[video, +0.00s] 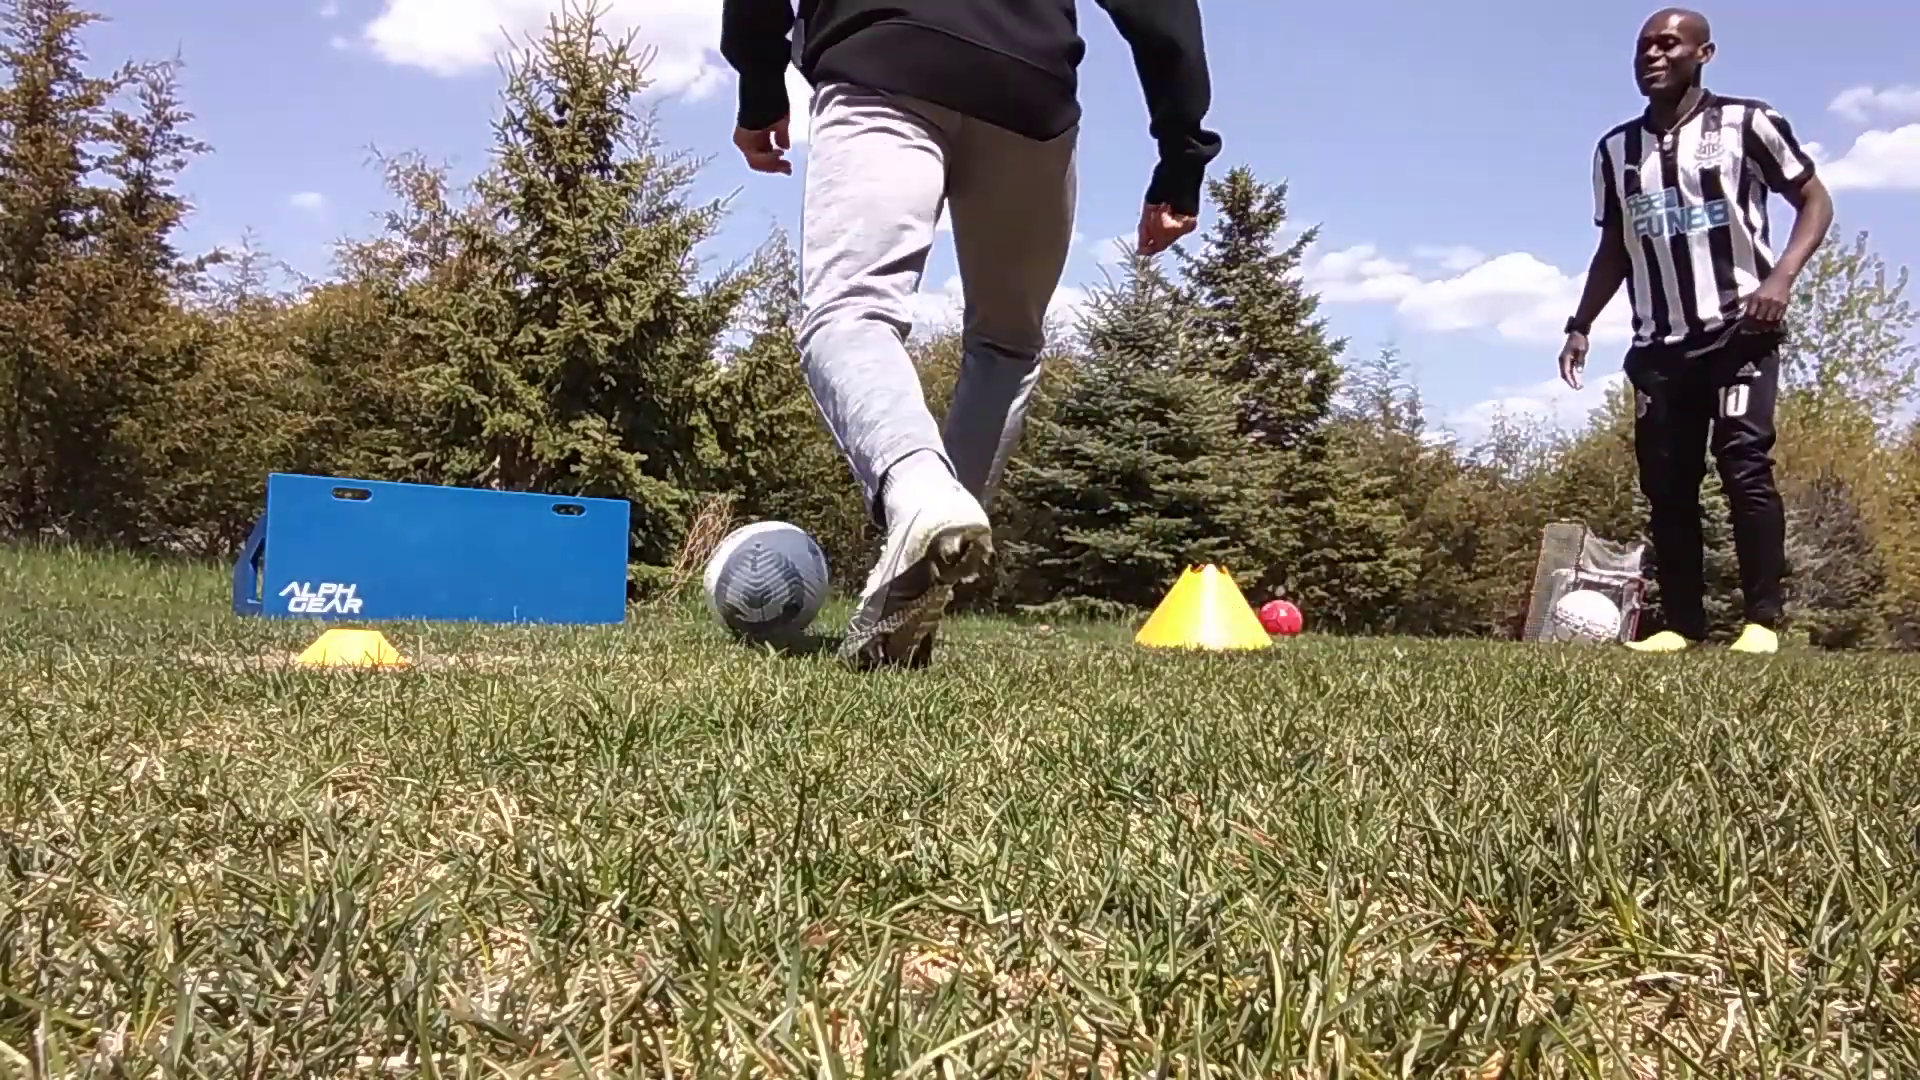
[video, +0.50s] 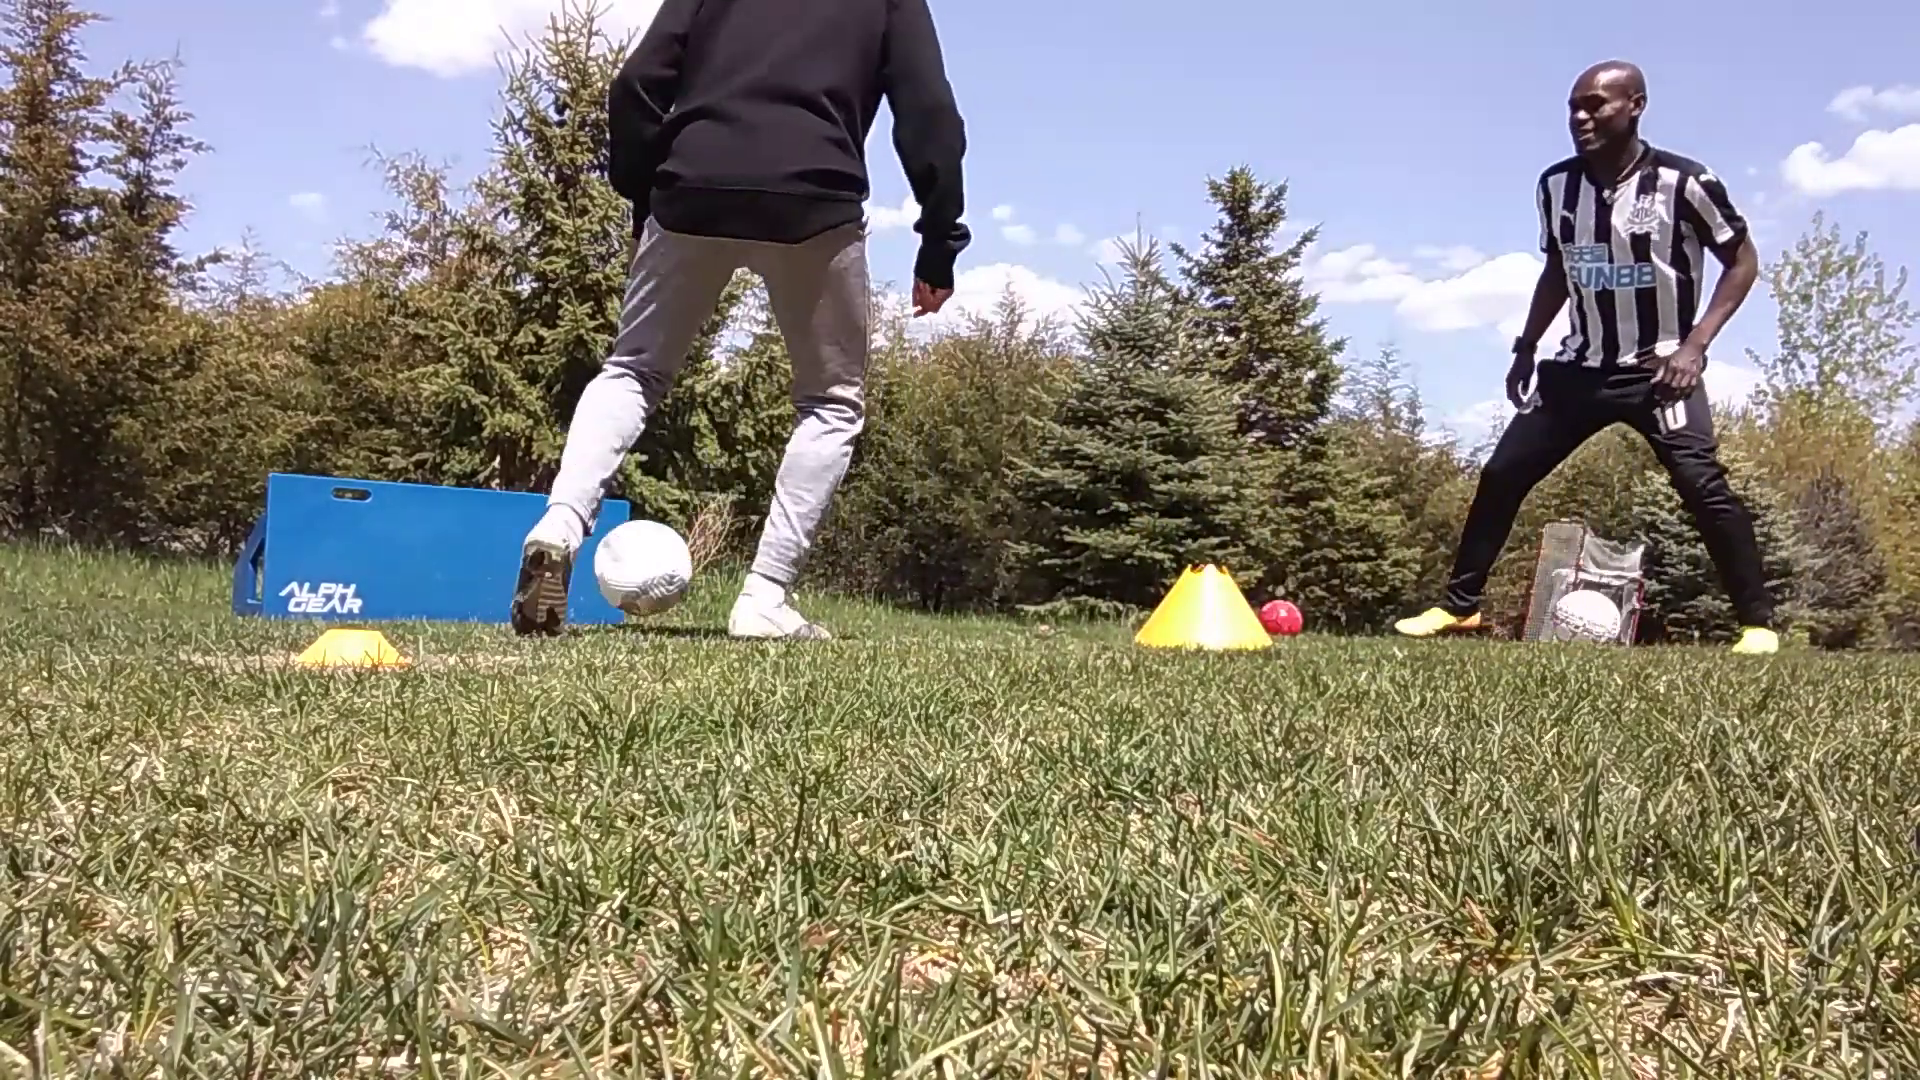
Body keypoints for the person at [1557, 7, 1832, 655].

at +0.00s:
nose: (1653, 54)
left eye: (1669, 44)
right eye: (1646, 46)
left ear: (1704, 53)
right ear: (1636, 61)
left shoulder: (1748, 122)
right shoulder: (1614, 149)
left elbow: (1817, 203)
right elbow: (1614, 247)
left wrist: (1782, 278)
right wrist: (1581, 324)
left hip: (1740, 330)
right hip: (1660, 344)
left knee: (1744, 469)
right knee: (1666, 487)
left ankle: (1762, 621)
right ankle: (1682, 625)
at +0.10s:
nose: (1651, 56)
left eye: (1667, 45)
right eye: (1646, 46)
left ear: (1708, 54)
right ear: (1641, 59)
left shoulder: (1752, 126)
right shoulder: (1620, 144)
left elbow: (1815, 212)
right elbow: (1622, 237)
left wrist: (1768, 287)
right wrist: (1594, 310)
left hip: (1736, 337)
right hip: (1655, 345)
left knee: (1742, 470)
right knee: (1641, 472)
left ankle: (1763, 622)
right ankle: (1675, 619)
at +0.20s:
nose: (1643, 61)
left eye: (1659, 50)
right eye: (1640, 50)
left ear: (1703, 58)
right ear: (1639, 60)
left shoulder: (1747, 133)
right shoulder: (1618, 142)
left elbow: (1808, 221)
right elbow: (1622, 232)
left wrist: (1752, 297)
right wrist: (1593, 306)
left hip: (1724, 337)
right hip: (1643, 344)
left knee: (1738, 470)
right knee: (1610, 461)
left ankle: (1763, 622)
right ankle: (1663, 608)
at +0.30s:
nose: (1633, 73)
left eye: (1649, 61)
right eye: (1631, 61)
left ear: (1693, 68)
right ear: (1629, 69)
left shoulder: (1738, 145)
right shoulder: (1608, 148)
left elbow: (1797, 234)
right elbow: (1608, 237)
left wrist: (1738, 309)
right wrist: (1581, 312)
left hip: (1709, 345)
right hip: (1628, 347)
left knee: (1729, 470)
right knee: (1578, 460)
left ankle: (1764, 623)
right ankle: (1612, 603)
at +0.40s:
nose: (1613, 96)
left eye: (1629, 84)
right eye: (1609, 85)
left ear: (1671, 89)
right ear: (1604, 91)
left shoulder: (1720, 165)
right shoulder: (1589, 168)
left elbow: (1776, 252)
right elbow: (1588, 255)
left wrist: (1721, 330)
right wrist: (1557, 332)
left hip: (1693, 356)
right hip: (1611, 357)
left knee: (1717, 476)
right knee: (1539, 468)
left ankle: (1762, 624)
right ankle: (1534, 606)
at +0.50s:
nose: (1578, 117)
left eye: (1592, 105)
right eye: (1573, 107)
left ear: (1634, 108)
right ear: (1569, 113)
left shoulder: (1686, 185)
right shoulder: (1556, 187)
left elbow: (1744, 263)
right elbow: (1559, 269)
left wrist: (1696, 344)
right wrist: (1527, 343)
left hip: (1663, 369)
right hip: (1580, 371)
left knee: (1699, 482)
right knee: (1501, 474)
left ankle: (1760, 625)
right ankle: (1460, 606)